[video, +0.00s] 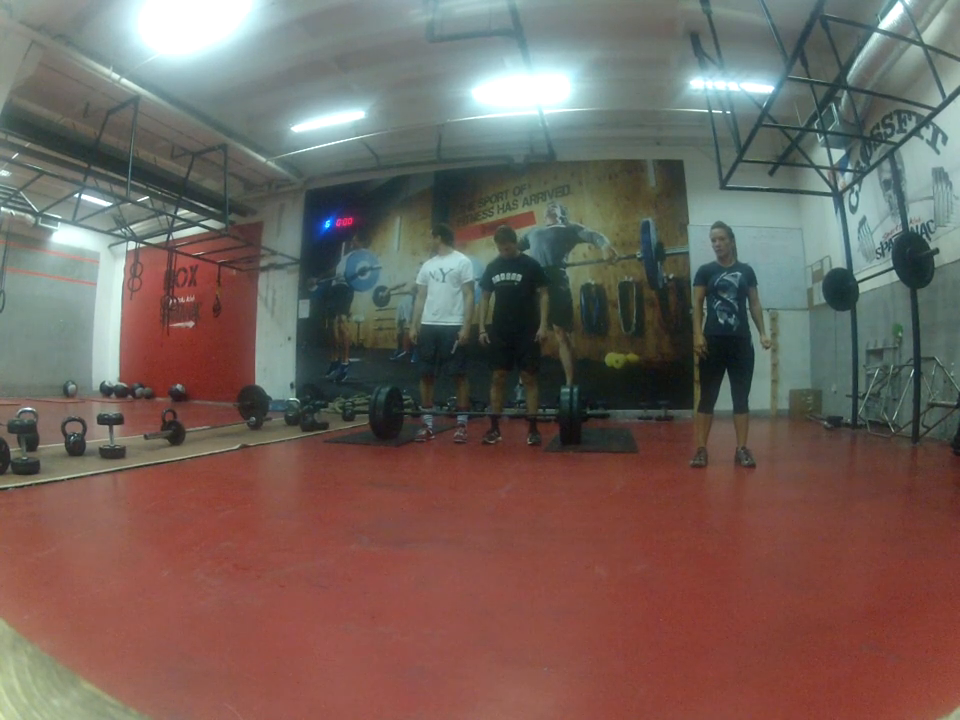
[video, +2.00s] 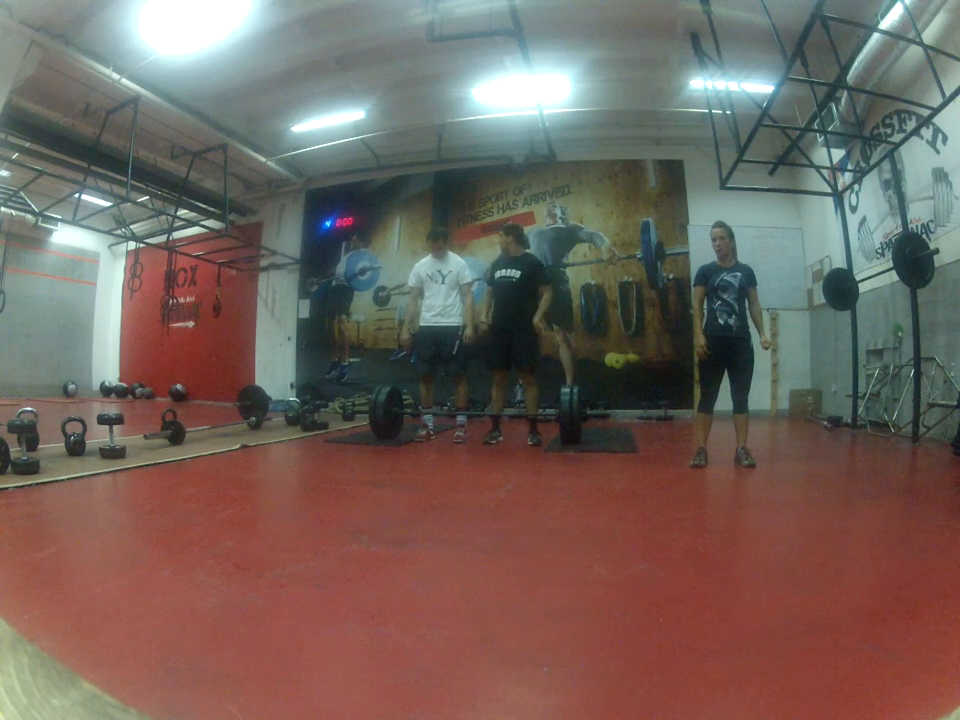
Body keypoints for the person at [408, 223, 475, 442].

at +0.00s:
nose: (430, 241)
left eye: (432, 237)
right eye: (431, 237)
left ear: (441, 238)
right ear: (439, 239)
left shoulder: (462, 261)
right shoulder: (427, 265)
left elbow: (469, 295)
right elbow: (420, 297)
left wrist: (466, 327)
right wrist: (414, 325)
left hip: (454, 327)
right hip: (428, 326)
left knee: (459, 375)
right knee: (426, 374)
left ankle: (462, 424)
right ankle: (427, 424)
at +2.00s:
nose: (437, 247)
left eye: (440, 243)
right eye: (433, 243)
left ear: (446, 242)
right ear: (429, 243)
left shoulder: (458, 264)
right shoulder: (420, 267)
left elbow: (467, 295)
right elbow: (413, 299)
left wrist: (470, 325)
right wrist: (406, 328)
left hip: (454, 328)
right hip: (427, 328)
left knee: (459, 376)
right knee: (426, 376)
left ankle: (461, 426)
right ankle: (427, 426)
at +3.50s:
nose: (431, 277)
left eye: (434, 274)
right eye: (428, 274)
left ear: (441, 267)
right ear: (423, 270)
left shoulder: (456, 277)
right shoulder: (417, 279)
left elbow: (466, 313)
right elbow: (411, 314)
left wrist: (467, 347)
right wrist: (410, 344)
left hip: (455, 330)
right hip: (431, 330)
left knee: (459, 376)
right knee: (426, 376)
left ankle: (461, 425)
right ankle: (427, 425)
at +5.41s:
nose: (429, 283)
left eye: (432, 279)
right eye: (426, 280)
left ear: (439, 272)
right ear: (421, 274)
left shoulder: (456, 279)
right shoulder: (415, 282)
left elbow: (465, 314)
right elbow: (411, 317)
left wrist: (467, 348)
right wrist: (411, 347)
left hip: (456, 331)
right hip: (431, 331)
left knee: (460, 376)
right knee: (426, 376)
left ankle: (461, 425)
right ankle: (426, 425)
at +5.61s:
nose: (427, 299)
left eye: (430, 295)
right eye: (423, 296)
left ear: (436, 287)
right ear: (417, 290)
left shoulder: (453, 293)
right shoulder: (412, 295)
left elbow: (464, 327)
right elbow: (409, 328)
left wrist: (467, 362)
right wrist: (408, 360)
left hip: (452, 333)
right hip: (428, 333)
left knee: (456, 374)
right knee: (423, 375)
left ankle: (459, 425)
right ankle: (426, 425)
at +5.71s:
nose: (427, 318)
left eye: (429, 314)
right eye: (423, 315)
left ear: (435, 308)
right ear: (417, 310)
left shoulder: (452, 312)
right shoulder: (410, 315)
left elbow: (463, 346)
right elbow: (407, 349)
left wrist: (467, 384)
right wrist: (407, 383)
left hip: (452, 340)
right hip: (427, 341)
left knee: (454, 374)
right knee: (422, 376)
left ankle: (459, 426)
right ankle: (426, 426)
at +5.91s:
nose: (430, 346)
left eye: (432, 343)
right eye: (427, 345)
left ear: (438, 336)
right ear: (420, 340)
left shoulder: (454, 336)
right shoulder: (411, 338)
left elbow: (463, 368)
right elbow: (407, 371)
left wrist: (465, 400)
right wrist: (407, 401)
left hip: (452, 350)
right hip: (427, 351)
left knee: (453, 375)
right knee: (421, 376)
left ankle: (458, 425)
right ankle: (426, 424)